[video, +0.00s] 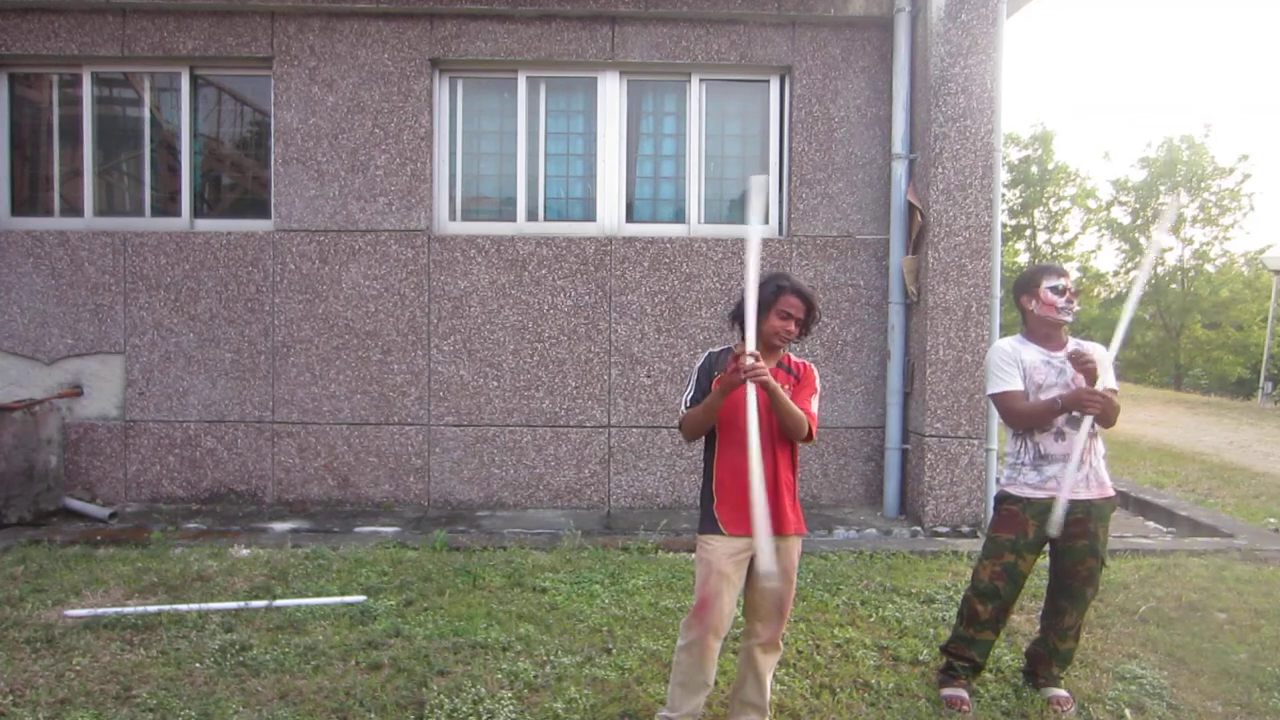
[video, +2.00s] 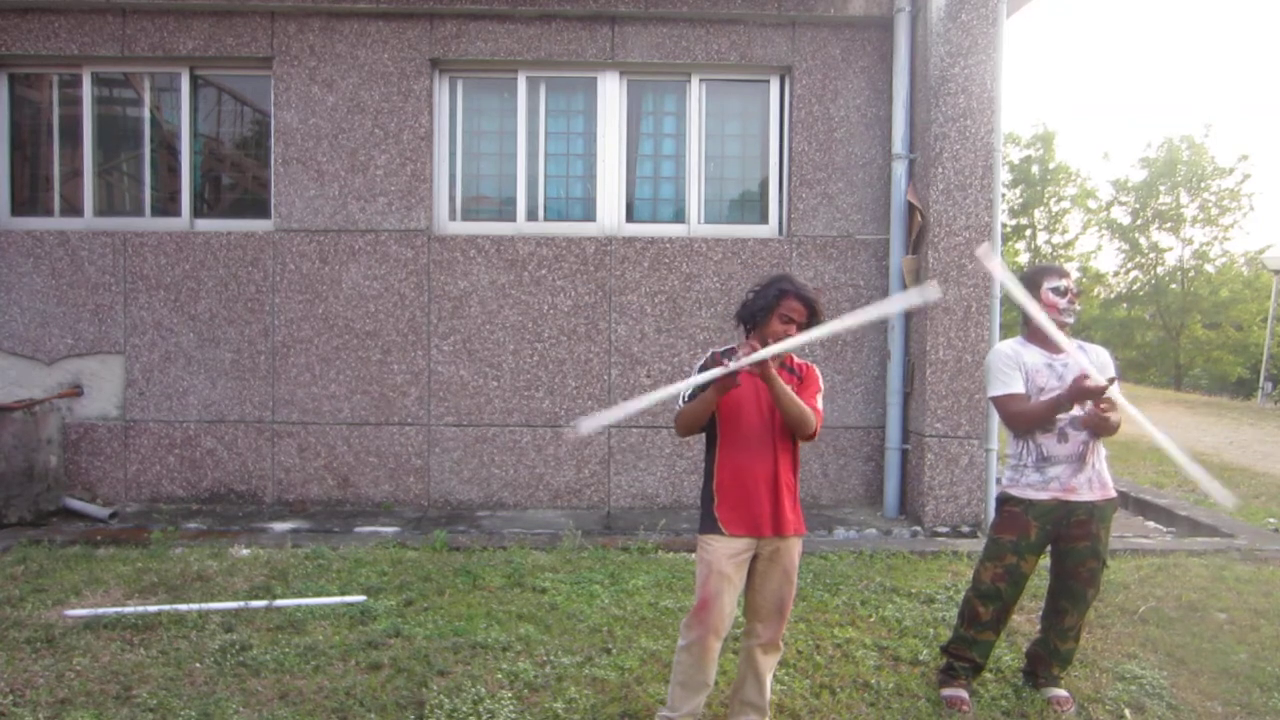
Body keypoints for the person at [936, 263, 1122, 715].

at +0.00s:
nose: (1069, 298)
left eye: (1072, 292)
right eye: (1057, 290)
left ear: (1075, 304)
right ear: (1027, 301)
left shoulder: (1094, 355)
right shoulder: (1005, 352)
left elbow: (1109, 417)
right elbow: (1016, 416)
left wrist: (1092, 379)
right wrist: (1067, 401)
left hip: (1087, 495)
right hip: (1026, 492)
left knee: (1075, 593)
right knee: (992, 584)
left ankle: (1045, 671)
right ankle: (956, 674)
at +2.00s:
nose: (1071, 300)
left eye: (1074, 293)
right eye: (1059, 291)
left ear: (1076, 304)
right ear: (1029, 300)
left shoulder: (1094, 356)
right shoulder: (1006, 355)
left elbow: (1110, 420)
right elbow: (1018, 421)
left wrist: (1103, 421)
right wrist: (1071, 396)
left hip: (1089, 497)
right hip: (1028, 496)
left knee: (1076, 594)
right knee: (994, 585)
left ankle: (1045, 671)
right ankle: (957, 674)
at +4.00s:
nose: (1060, 298)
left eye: (1068, 292)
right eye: (1048, 291)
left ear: (1077, 304)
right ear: (1025, 304)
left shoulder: (1095, 355)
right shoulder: (1008, 355)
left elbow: (1112, 423)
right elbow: (1021, 420)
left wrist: (1099, 393)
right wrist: (1078, 399)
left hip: (1094, 499)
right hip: (1032, 496)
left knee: (1078, 597)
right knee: (997, 586)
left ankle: (1045, 673)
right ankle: (958, 673)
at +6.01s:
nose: (1067, 297)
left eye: (1071, 291)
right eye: (1054, 290)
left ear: (1075, 304)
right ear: (1026, 303)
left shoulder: (1093, 357)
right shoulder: (1009, 354)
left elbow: (1112, 424)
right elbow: (1026, 418)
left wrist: (1117, 391)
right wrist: (1074, 381)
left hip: (1094, 499)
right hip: (1033, 497)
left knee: (1078, 598)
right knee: (997, 588)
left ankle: (1046, 673)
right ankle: (958, 675)